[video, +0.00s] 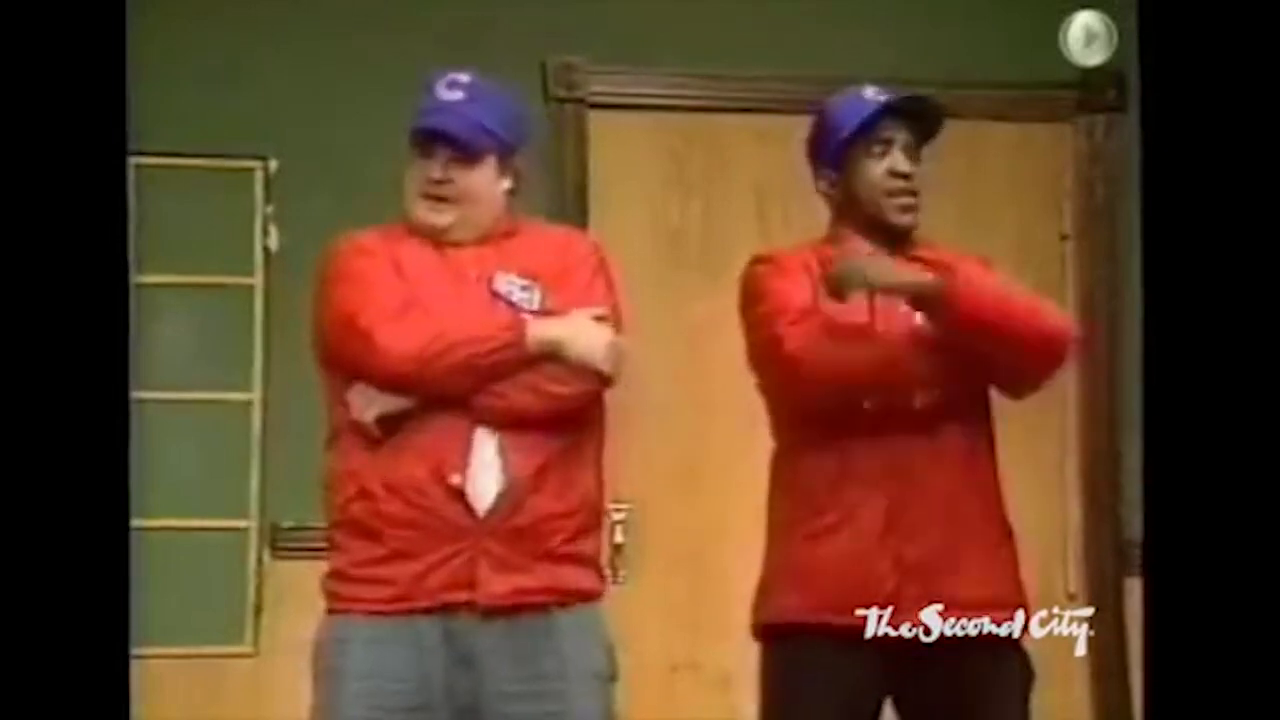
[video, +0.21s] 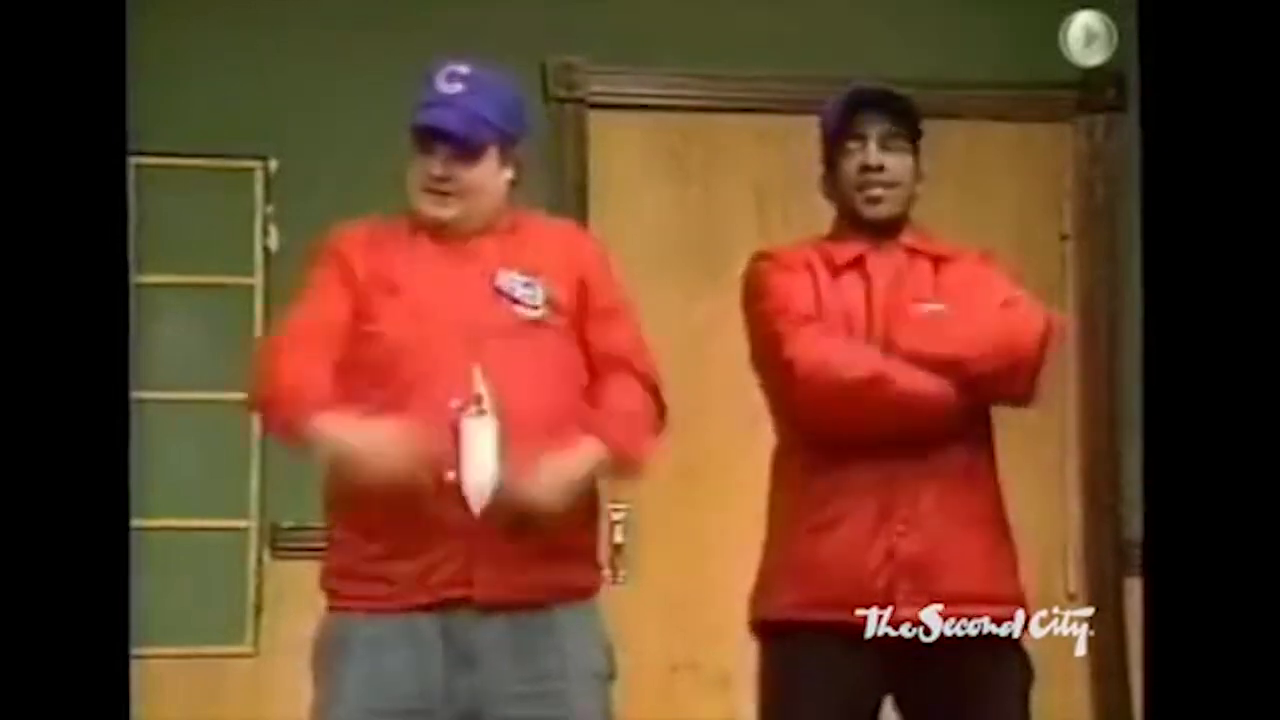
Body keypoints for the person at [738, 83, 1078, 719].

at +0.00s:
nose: (905, 168)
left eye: (912, 153)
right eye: (880, 150)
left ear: (922, 170)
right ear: (831, 177)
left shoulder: (956, 274)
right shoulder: (782, 275)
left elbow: (1047, 344)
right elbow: (803, 367)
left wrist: (918, 282)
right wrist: (961, 356)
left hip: (967, 610)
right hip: (825, 613)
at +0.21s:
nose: (873, 160)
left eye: (892, 145)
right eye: (854, 146)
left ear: (918, 170)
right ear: (829, 174)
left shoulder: (967, 272)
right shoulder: (785, 271)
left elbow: (1025, 352)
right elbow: (811, 384)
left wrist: (874, 342)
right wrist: (959, 393)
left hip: (965, 601)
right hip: (821, 604)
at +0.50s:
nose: (858, 159)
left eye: (880, 145)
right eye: (842, 148)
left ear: (914, 174)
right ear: (822, 176)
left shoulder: (978, 285)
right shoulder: (777, 288)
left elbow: (1023, 416)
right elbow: (797, 430)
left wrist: (883, 392)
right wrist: (963, 442)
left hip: (963, 616)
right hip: (814, 619)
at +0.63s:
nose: (855, 161)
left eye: (877, 147)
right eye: (838, 150)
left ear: (914, 175)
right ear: (821, 177)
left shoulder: (978, 286)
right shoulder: (778, 287)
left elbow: (1024, 407)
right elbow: (798, 424)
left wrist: (882, 384)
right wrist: (963, 434)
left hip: (962, 613)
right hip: (814, 616)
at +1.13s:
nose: (843, 153)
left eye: (866, 139)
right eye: (829, 141)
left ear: (904, 169)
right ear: (815, 168)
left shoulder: (965, 275)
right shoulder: (774, 275)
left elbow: (1025, 375)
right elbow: (789, 393)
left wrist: (883, 356)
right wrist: (953, 412)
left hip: (966, 589)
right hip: (817, 589)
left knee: (1002, 712)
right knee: (801, 713)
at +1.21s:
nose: (840, 158)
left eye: (863, 142)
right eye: (825, 145)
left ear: (901, 170)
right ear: (811, 169)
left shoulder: (965, 277)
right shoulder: (772, 279)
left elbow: (1023, 379)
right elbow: (790, 404)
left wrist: (880, 365)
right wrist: (952, 419)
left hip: (965, 598)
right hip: (816, 600)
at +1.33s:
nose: (835, 176)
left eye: (859, 160)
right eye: (822, 163)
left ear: (899, 189)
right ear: (809, 185)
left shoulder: (961, 297)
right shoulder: (768, 301)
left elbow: (1019, 412)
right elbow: (788, 430)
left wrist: (878, 391)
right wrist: (951, 448)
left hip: (962, 622)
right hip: (812, 626)